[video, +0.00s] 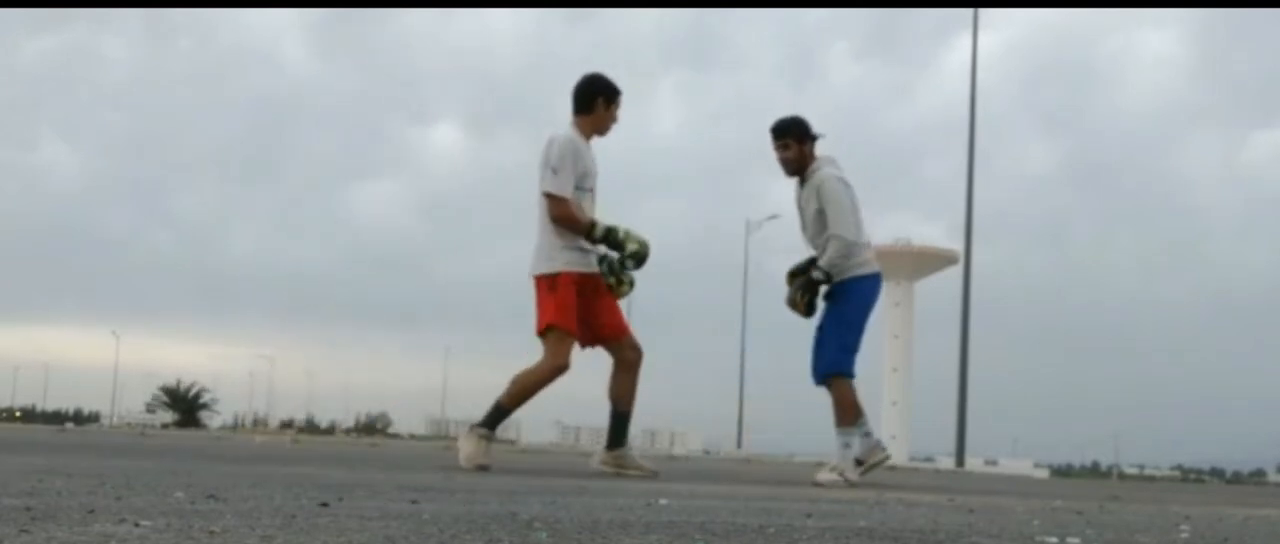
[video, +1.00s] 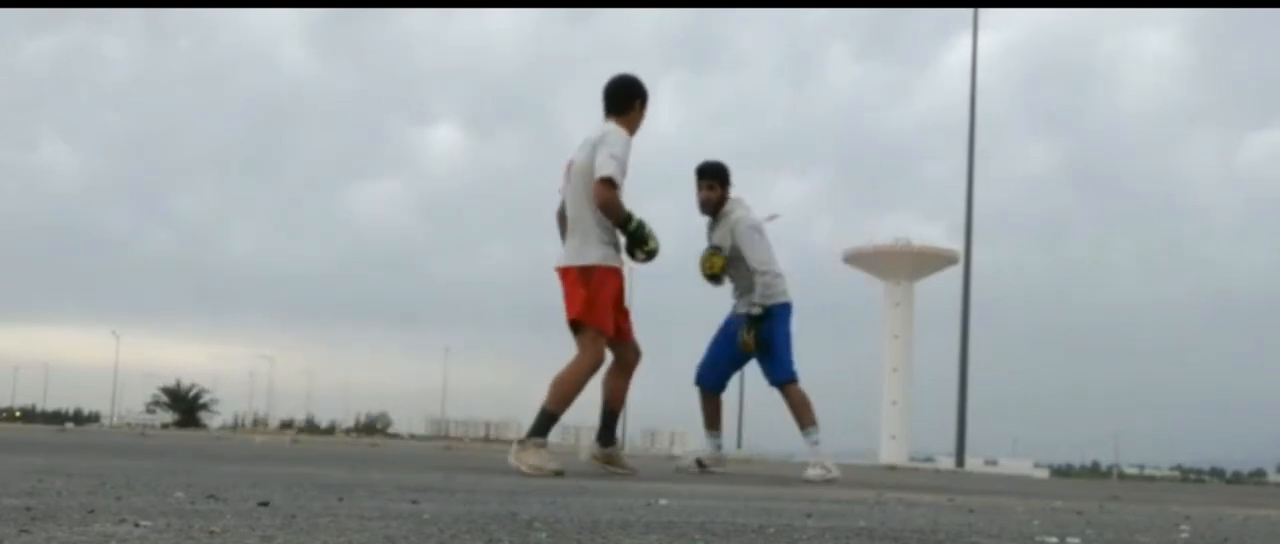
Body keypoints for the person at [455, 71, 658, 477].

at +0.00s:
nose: (615, 118)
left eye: (616, 110)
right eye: (613, 109)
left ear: (592, 107)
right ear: (597, 106)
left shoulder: (585, 153)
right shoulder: (564, 144)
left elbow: (577, 220)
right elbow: (559, 212)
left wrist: (607, 265)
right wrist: (611, 235)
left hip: (587, 272)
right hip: (558, 268)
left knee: (629, 353)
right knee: (556, 360)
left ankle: (616, 450)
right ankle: (480, 433)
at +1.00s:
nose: (644, 117)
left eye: (644, 110)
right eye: (644, 109)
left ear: (607, 106)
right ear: (637, 107)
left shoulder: (587, 145)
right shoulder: (615, 139)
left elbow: (564, 208)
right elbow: (605, 194)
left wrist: (578, 251)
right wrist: (634, 229)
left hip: (585, 263)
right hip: (594, 264)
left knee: (627, 354)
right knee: (593, 353)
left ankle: (606, 445)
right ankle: (532, 442)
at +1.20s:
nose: (657, 110)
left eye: (655, 103)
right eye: (658, 103)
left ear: (622, 99)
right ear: (653, 102)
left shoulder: (602, 139)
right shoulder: (636, 136)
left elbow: (579, 201)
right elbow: (623, 193)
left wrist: (591, 242)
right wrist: (653, 225)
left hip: (595, 256)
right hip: (615, 256)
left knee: (626, 349)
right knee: (622, 347)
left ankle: (603, 442)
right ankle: (562, 427)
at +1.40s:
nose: (673, 128)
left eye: (670, 122)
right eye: (673, 122)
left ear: (638, 117)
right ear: (669, 121)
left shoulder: (612, 155)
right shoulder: (659, 150)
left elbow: (590, 215)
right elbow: (653, 209)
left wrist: (633, 232)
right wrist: (674, 242)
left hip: (596, 268)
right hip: (624, 269)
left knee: (627, 355)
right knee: (639, 357)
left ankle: (607, 444)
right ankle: (605, 445)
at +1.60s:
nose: (677, 141)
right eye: (679, 136)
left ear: (644, 132)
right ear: (677, 136)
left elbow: (597, 225)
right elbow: (678, 227)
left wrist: (600, 265)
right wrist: (694, 266)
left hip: (603, 272)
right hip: (639, 274)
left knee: (624, 360)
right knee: (640, 358)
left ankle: (619, 442)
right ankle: (607, 441)